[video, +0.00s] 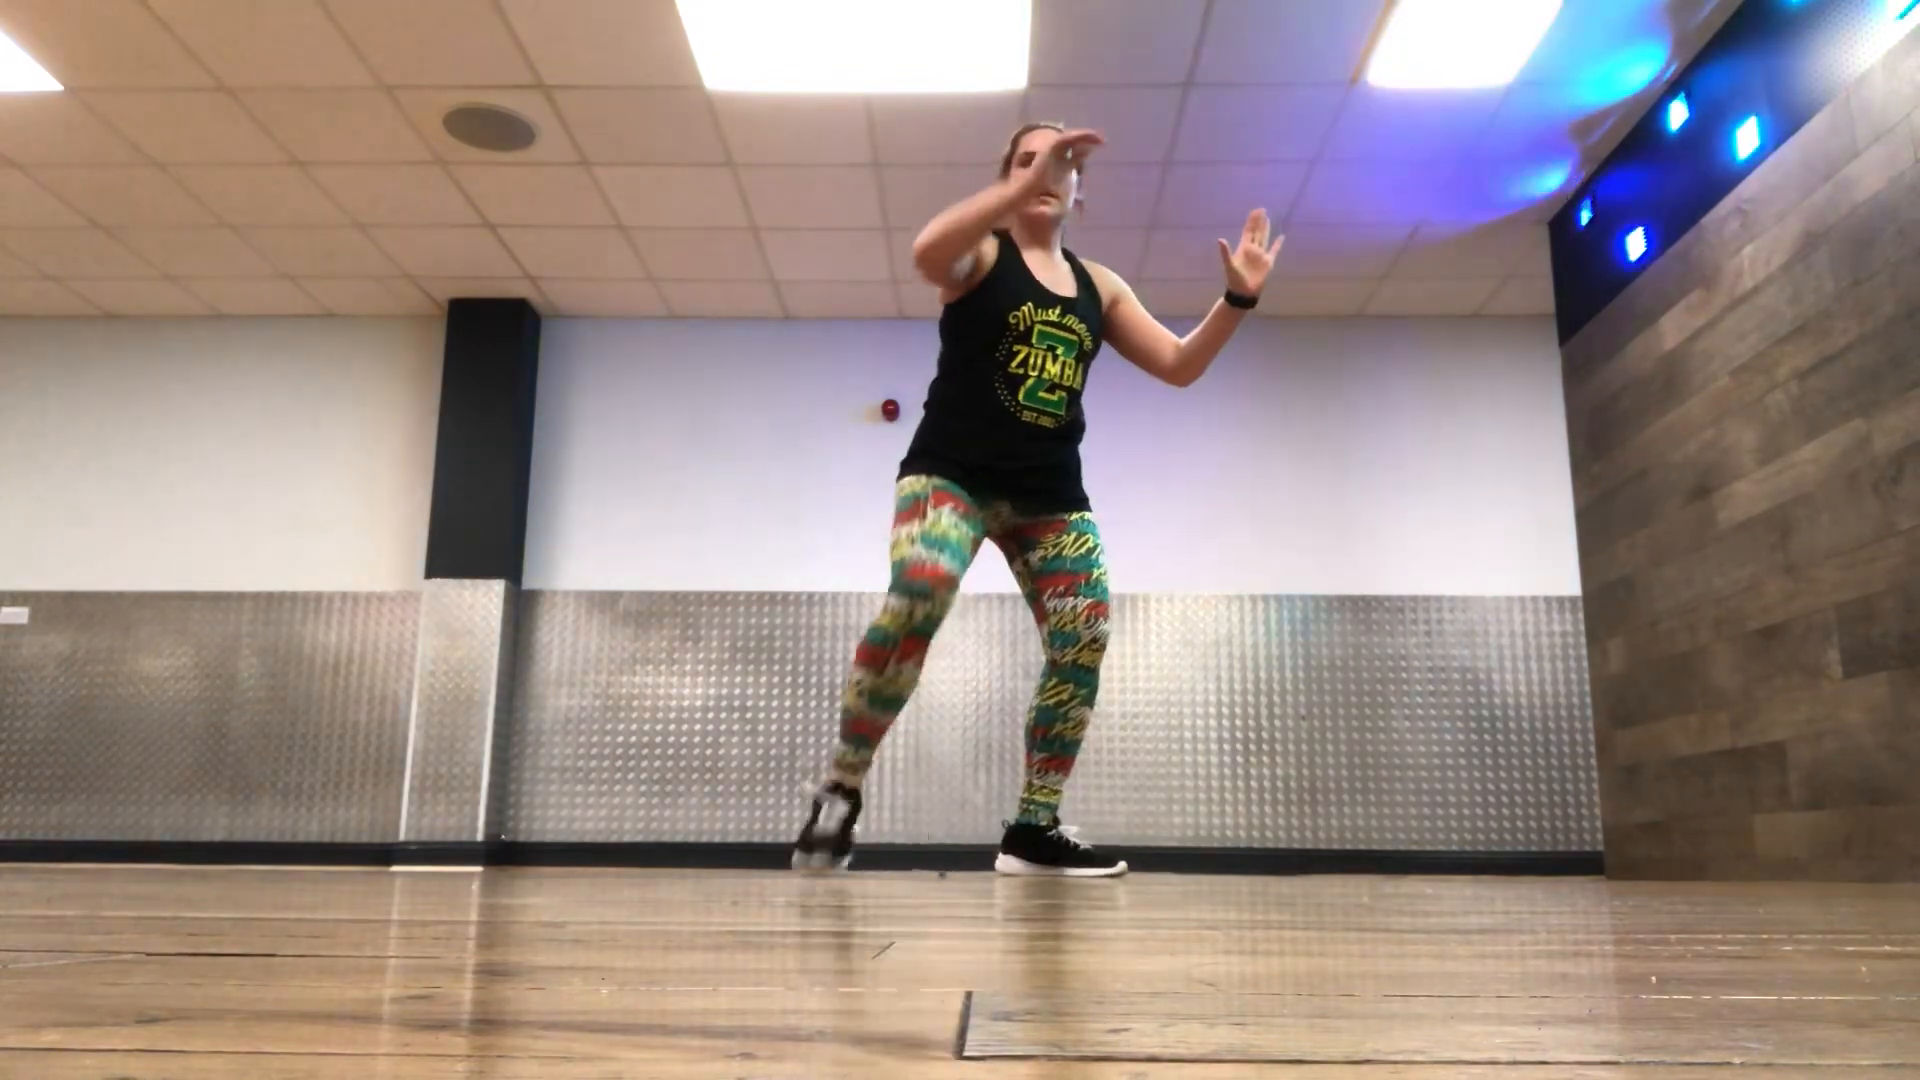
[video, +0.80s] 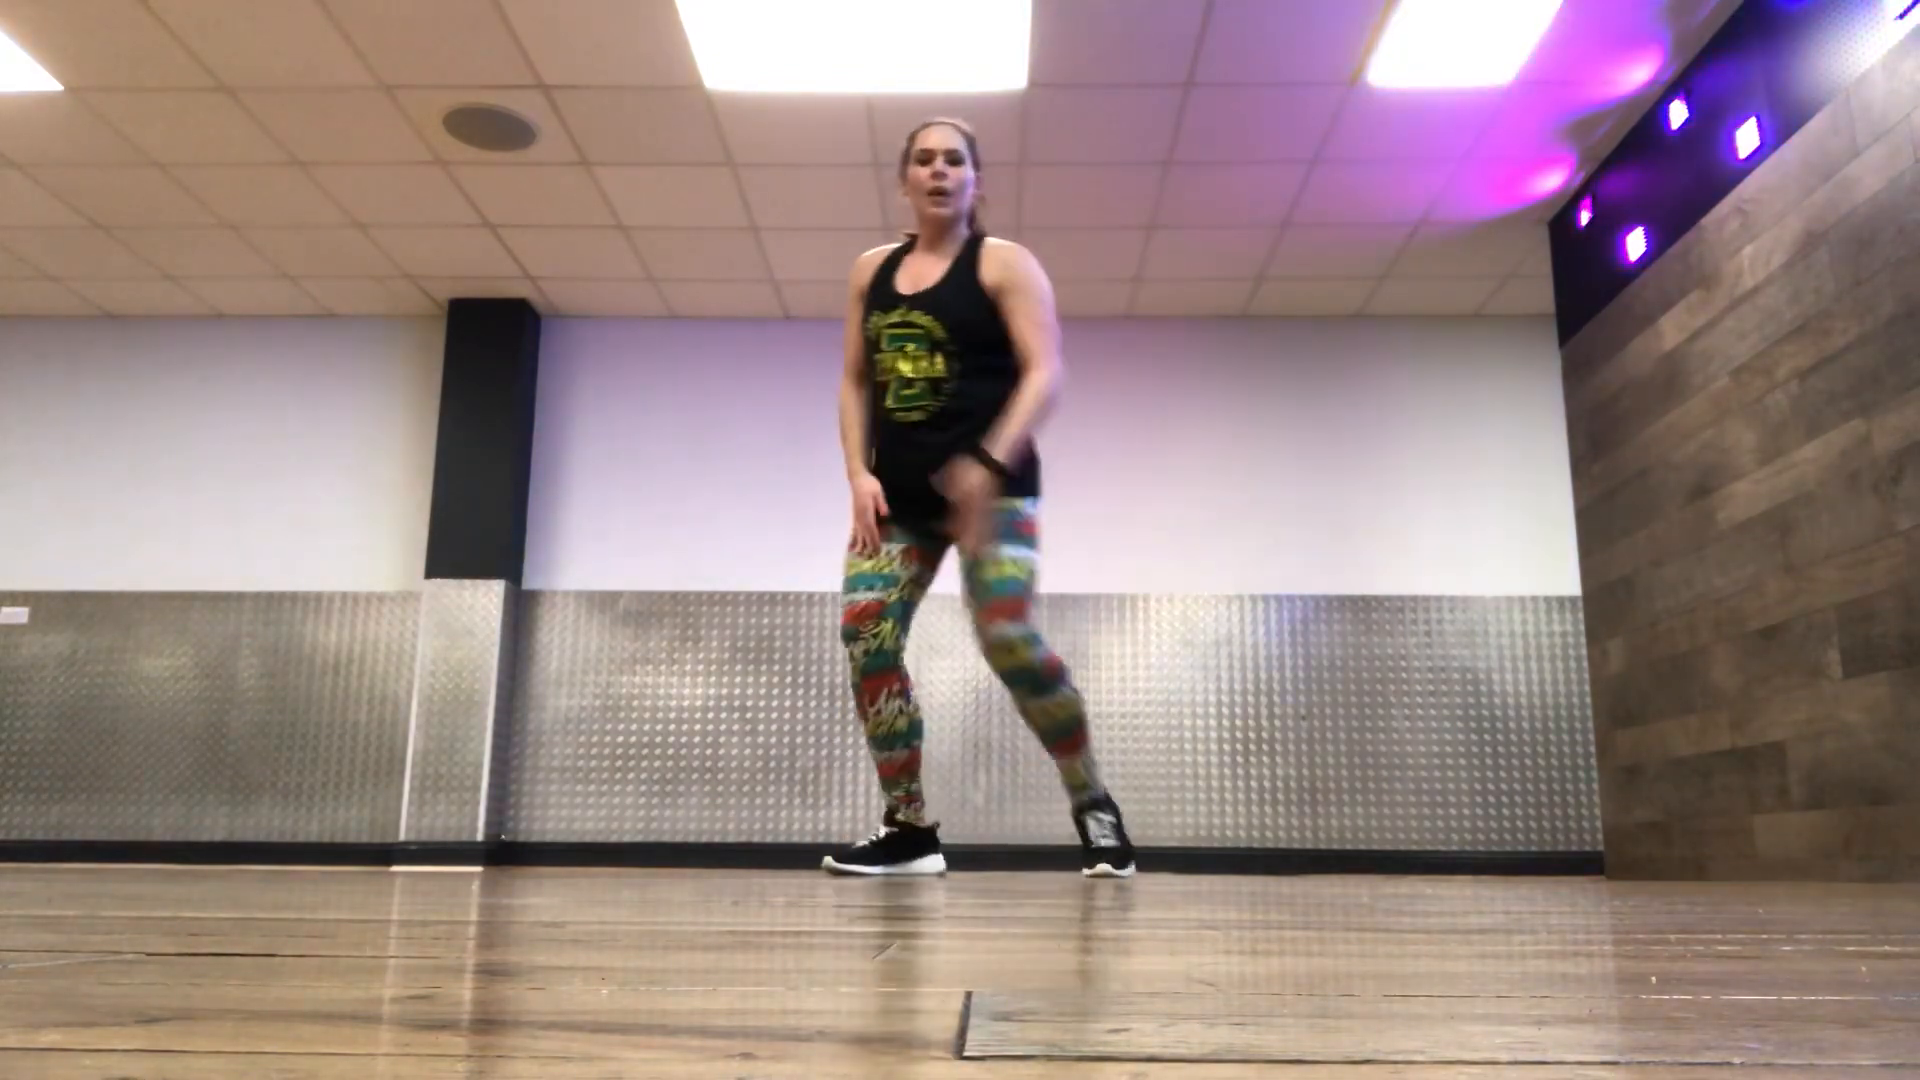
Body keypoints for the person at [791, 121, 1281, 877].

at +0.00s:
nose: (1047, 175)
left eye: (1060, 166)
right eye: (1030, 164)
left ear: (1075, 192)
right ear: (1007, 185)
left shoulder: (1098, 287)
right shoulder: (980, 257)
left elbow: (1179, 363)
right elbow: (930, 249)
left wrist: (1237, 299)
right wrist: (1026, 177)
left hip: (1048, 490)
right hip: (952, 474)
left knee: (1081, 637)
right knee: (919, 597)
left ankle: (1034, 828)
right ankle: (840, 792)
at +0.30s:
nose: (1026, 169)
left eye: (1039, 159)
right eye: (1012, 159)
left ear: (1062, 182)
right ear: (990, 182)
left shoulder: (1099, 276)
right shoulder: (962, 257)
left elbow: (1185, 351)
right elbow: (872, 288)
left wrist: (1241, 292)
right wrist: (930, 211)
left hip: (1050, 496)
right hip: (947, 485)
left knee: (1081, 641)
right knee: (908, 622)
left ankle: (1035, 828)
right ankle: (837, 815)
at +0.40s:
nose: (1018, 156)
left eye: (1032, 146)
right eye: (1004, 146)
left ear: (1054, 168)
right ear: (981, 169)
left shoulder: (1095, 257)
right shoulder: (944, 251)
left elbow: (1187, 329)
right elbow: (849, 317)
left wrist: (1254, 289)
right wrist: (878, 245)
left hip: (1059, 484)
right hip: (952, 477)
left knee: (1077, 634)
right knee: (898, 610)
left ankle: (1037, 825)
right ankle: (840, 803)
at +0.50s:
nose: (1005, 148)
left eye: (1019, 138)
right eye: (991, 139)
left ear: (1041, 162)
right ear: (969, 162)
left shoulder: (1081, 249)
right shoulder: (930, 247)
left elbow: (1166, 327)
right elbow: (852, 340)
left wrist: (1239, 326)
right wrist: (841, 314)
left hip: (1059, 472)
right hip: (956, 470)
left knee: (1068, 625)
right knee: (894, 595)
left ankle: (1078, 815)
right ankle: (868, 797)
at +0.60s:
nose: (988, 156)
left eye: (1003, 146)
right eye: (974, 146)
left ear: (1024, 168)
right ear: (952, 168)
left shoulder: (1063, 257)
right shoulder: (914, 256)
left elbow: (1127, 345)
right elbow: (864, 351)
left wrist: (1185, 401)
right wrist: (835, 392)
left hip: (1046, 483)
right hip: (945, 484)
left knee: (1067, 641)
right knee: (888, 611)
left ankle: (1112, 818)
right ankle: (900, 815)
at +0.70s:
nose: (965, 168)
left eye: (979, 157)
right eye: (950, 157)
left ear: (1001, 178)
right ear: (928, 177)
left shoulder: (1033, 266)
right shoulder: (893, 272)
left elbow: (1084, 370)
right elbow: (865, 374)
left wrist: (1085, 464)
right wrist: (847, 452)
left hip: (1024, 496)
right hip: (925, 501)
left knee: (1048, 652)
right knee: (882, 630)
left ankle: (1100, 823)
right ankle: (910, 828)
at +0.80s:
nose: (940, 170)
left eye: (954, 159)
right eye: (926, 159)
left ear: (976, 180)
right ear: (903, 180)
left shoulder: (1006, 265)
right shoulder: (874, 271)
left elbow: (1043, 373)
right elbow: (856, 381)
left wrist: (988, 461)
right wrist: (858, 472)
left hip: (989, 481)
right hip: (899, 488)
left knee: (1007, 638)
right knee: (866, 634)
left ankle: (1090, 804)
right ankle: (909, 828)